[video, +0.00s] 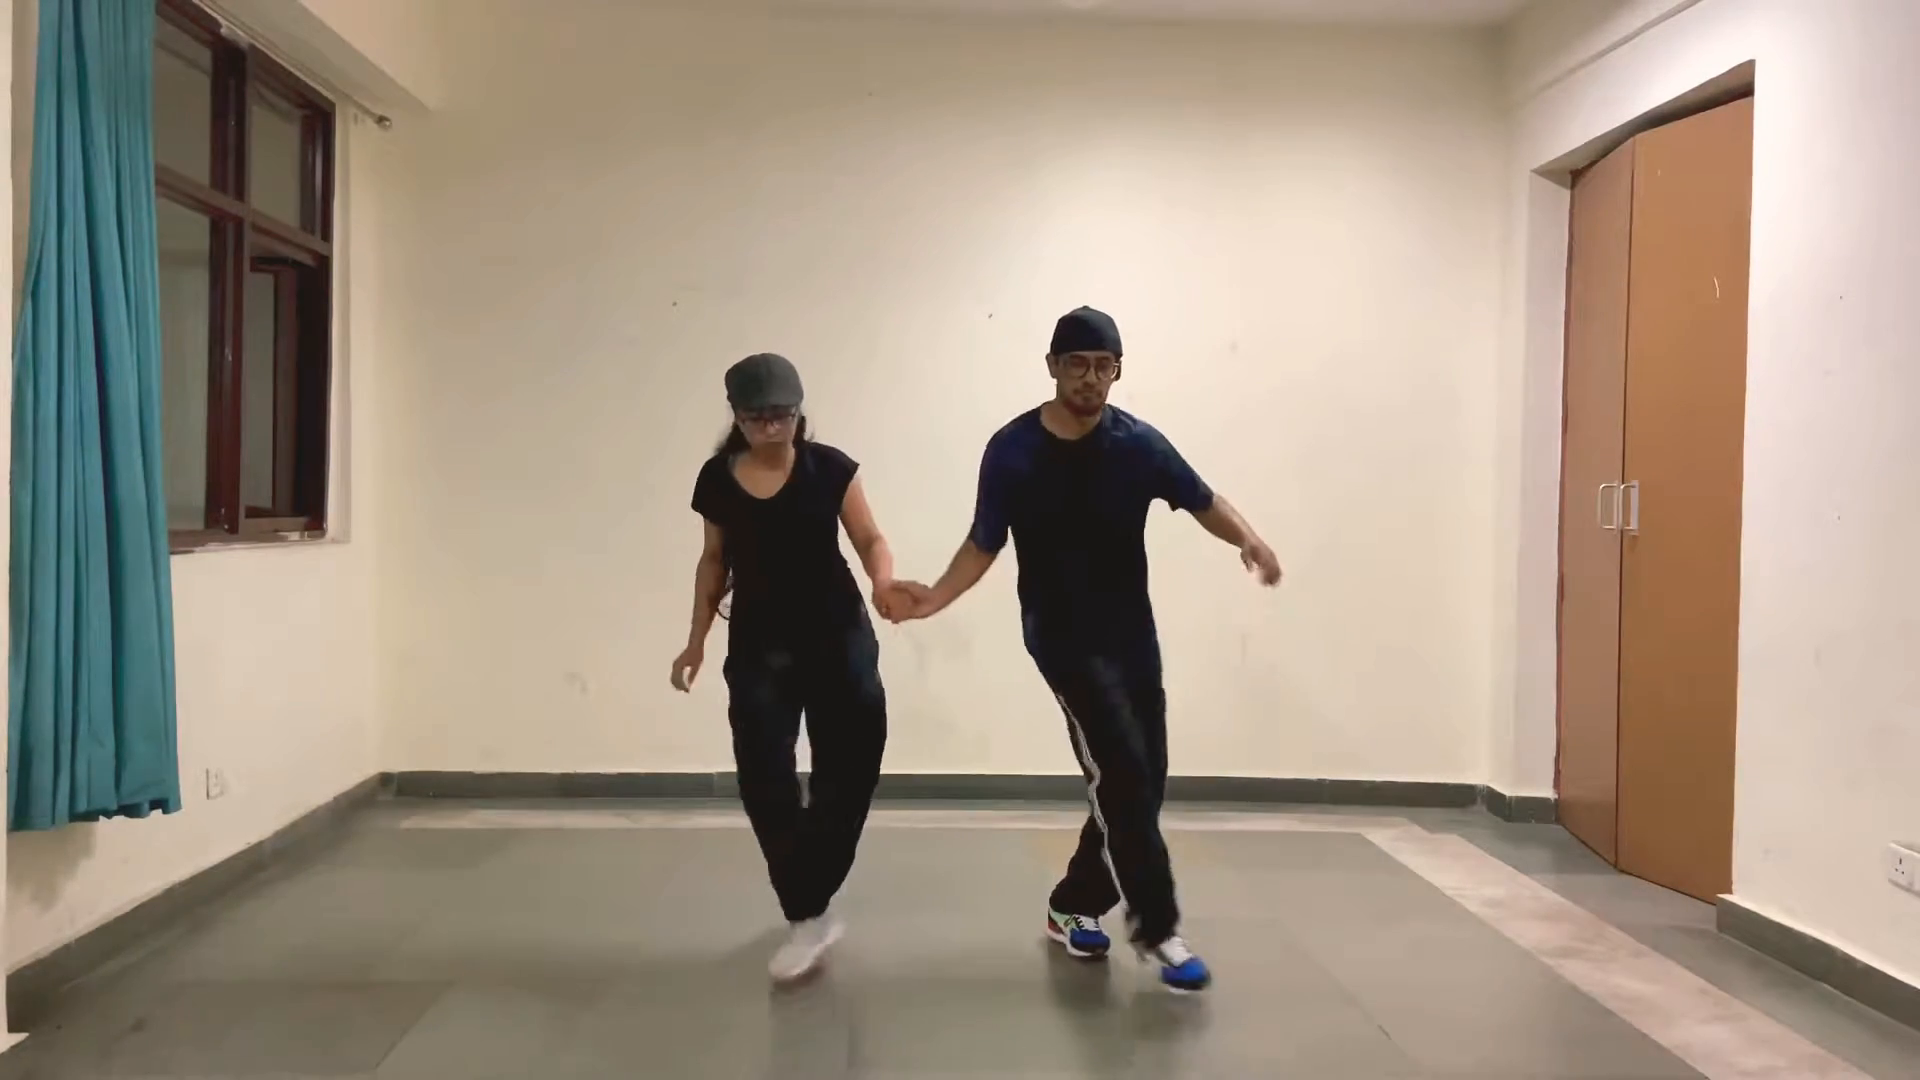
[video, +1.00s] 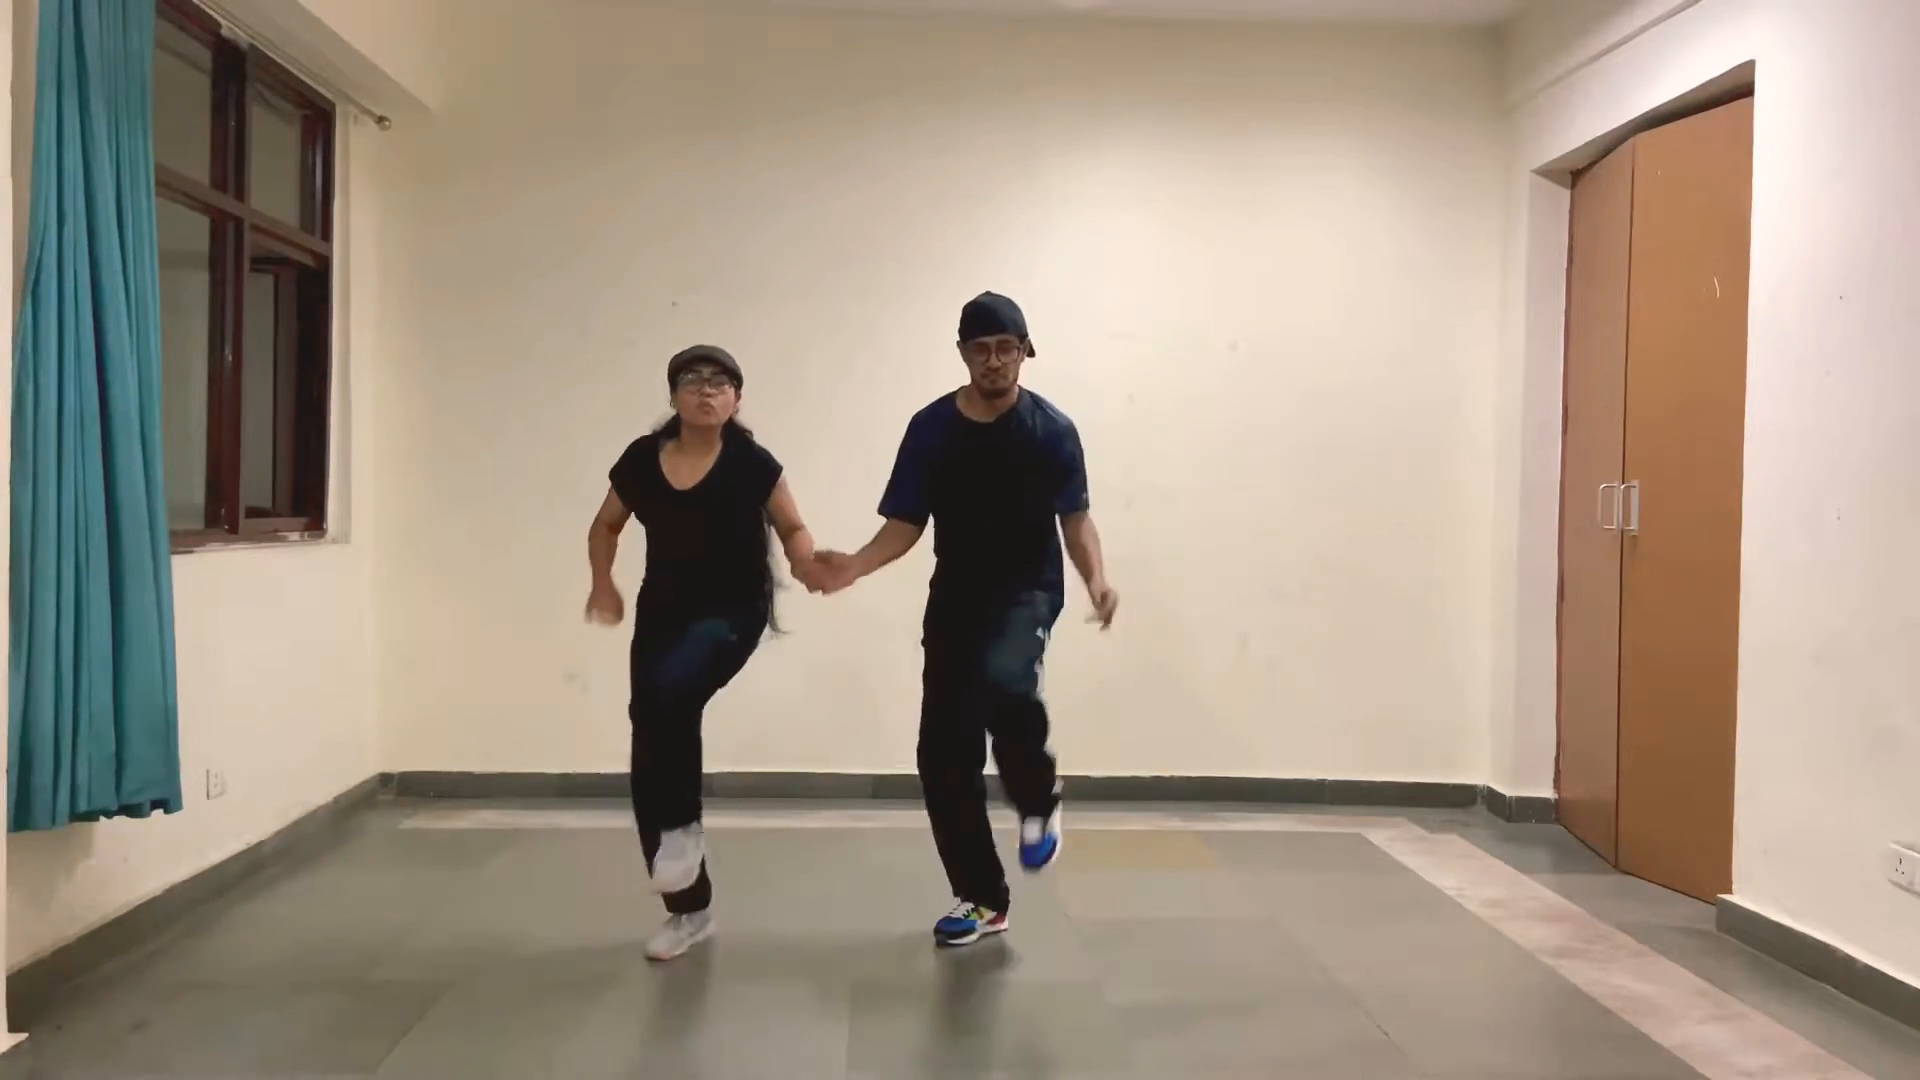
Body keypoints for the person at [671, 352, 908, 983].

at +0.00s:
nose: (772, 424)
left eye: (782, 412)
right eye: (759, 414)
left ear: (799, 410)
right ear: (737, 416)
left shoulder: (830, 469)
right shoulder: (718, 481)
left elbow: (869, 539)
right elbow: (713, 562)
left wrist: (882, 582)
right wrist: (696, 641)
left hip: (836, 643)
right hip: (759, 649)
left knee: (850, 771)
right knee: (764, 782)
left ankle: (811, 906)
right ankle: (807, 917)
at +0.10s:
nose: (767, 412)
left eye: (779, 400)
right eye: (755, 400)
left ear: (799, 401)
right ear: (738, 402)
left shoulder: (828, 461)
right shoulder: (716, 462)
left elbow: (857, 535)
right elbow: (688, 544)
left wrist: (859, 575)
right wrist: (710, 584)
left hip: (821, 632)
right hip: (747, 633)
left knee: (828, 763)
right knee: (741, 760)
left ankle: (814, 892)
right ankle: (761, 876)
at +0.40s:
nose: (755, 401)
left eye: (768, 392)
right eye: (743, 391)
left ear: (784, 405)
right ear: (723, 400)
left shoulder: (790, 476)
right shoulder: (686, 449)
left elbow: (829, 548)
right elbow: (637, 530)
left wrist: (860, 612)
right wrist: (639, 604)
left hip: (745, 642)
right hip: (671, 637)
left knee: (750, 772)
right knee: (670, 779)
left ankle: (786, 876)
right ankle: (678, 907)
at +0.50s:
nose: (752, 403)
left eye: (765, 394)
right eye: (740, 394)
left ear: (783, 408)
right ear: (719, 405)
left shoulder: (782, 483)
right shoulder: (677, 458)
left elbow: (814, 548)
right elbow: (613, 536)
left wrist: (843, 612)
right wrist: (595, 629)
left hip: (726, 635)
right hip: (652, 629)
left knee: (718, 742)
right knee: (653, 763)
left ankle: (699, 873)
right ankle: (668, 907)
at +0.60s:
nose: (751, 404)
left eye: (763, 396)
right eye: (737, 395)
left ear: (777, 410)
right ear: (716, 406)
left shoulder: (777, 484)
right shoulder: (671, 456)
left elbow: (800, 543)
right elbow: (601, 516)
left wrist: (830, 595)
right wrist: (568, 602)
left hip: (712, 646)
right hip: (636, 636)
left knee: (692, 768)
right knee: (634, 774)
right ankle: (670, 899)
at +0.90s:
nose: (713, 412)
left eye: (725, 404)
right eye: (700, 403)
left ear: (742, 418)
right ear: (679, 416)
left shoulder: (754, 488)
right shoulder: (646, 476)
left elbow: (782, 557)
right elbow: (598, 536)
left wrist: (806, 603)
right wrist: (558, 607)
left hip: (716, 640)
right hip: (648, 632)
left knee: (643, 764)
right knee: (622, 771)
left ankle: (619, 884)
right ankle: (684, 904)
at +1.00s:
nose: (707, 392)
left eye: (719, 384)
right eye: (694, 384)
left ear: (736, 398)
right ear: (674, 397)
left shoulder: (753, 465)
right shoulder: (644, 459)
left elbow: (792, 527)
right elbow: (605, 526)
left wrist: (804, 559)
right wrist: (602, 581)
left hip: (732, 611)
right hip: (662, 613)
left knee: (671, 693)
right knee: (651, 741)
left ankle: (679, 826)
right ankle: (688, 905)